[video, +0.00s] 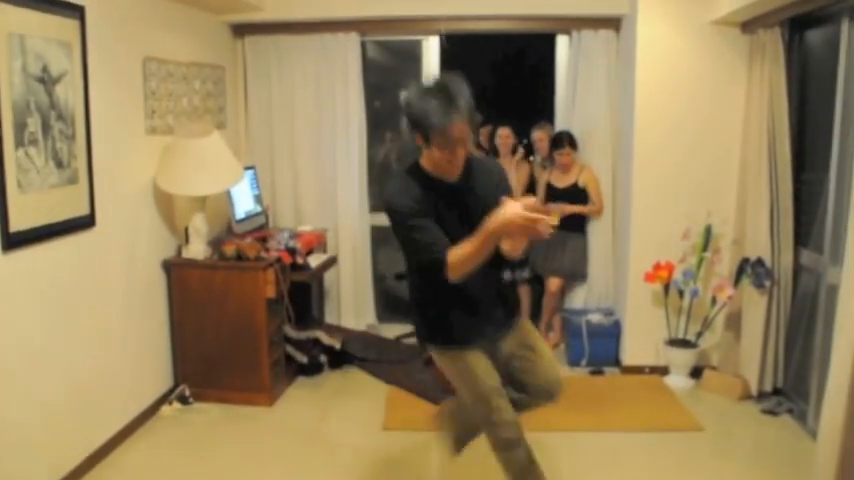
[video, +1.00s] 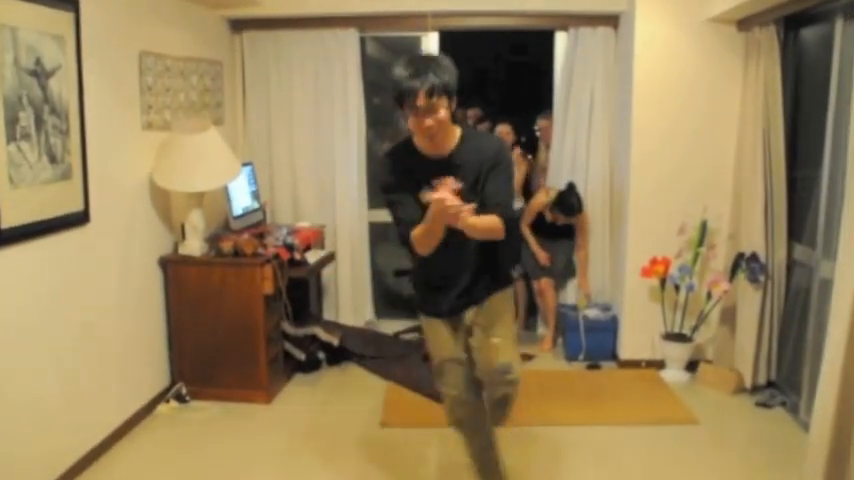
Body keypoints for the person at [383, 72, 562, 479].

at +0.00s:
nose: (459, 157)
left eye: (465, 144)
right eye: (447, 147)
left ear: (472, 135)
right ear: (422, 142)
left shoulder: (486, 172)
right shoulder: (405, 195)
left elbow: (512, 251)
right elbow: (449, 269)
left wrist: (521, 226)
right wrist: (496, 225)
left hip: (496, 311)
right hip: (449, 327)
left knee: (545, 383)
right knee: (499, 418)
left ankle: (456, 420)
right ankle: (529, 476)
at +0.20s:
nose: (473, 161)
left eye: (480, 150)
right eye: (462, 151)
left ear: (488, 144)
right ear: (440, 144)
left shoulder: (496, 184)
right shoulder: (415, 189)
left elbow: (513, 260)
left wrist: (543, 237)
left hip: (474, 325)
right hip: (426, 326)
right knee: (483, 428)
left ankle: (403, 476)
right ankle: (507, 476)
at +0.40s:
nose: (448, 129)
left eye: (458, 119)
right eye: (440, 118)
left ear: (477, 114)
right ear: (427, 113)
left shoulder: (493, 163)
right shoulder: (407, 154)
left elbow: (486, 244)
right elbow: (398, 240)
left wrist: (478, 214)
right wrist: (402, 220)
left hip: (452, 288)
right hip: (400, 282)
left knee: (430, 402)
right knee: (421, 378)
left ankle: (394, 474)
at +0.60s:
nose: (418, 168)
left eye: (427, 157)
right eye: (410, 158)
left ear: (451, 146)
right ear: (400, 149)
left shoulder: (481, 197)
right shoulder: (397, 180)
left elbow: (467, 275)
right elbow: (371, 261)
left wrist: (403, 249)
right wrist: (375, 242)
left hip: (435, 333)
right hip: (381, 315)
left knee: (388, 437)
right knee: (344, 410)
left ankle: (369, 474)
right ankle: (412, 421)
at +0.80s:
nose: (409, 152)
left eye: (417, 140)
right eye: (402, 141)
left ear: (442, 132)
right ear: (392, 139)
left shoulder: (476, 182)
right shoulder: (389, 182)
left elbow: (472, 260)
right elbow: (394, 258)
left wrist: (437, 245)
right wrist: (355, 249)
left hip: (457, 320)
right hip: (406, 318)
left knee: (429, 415)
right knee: (418, 415)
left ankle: (395, 471)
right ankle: (452, 472)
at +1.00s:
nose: (425, 121)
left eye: (432, 109)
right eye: (416, 113)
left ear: (451, 104)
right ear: (404, 114)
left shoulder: (489, 150)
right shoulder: (396, 163)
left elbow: (502, 225)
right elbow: (419, 245)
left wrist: (460, 218)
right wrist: (437, 215)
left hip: (490, 284)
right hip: (436, 294)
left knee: (501, 376)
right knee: (459, 398)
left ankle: (485, 431)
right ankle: (491, 475)